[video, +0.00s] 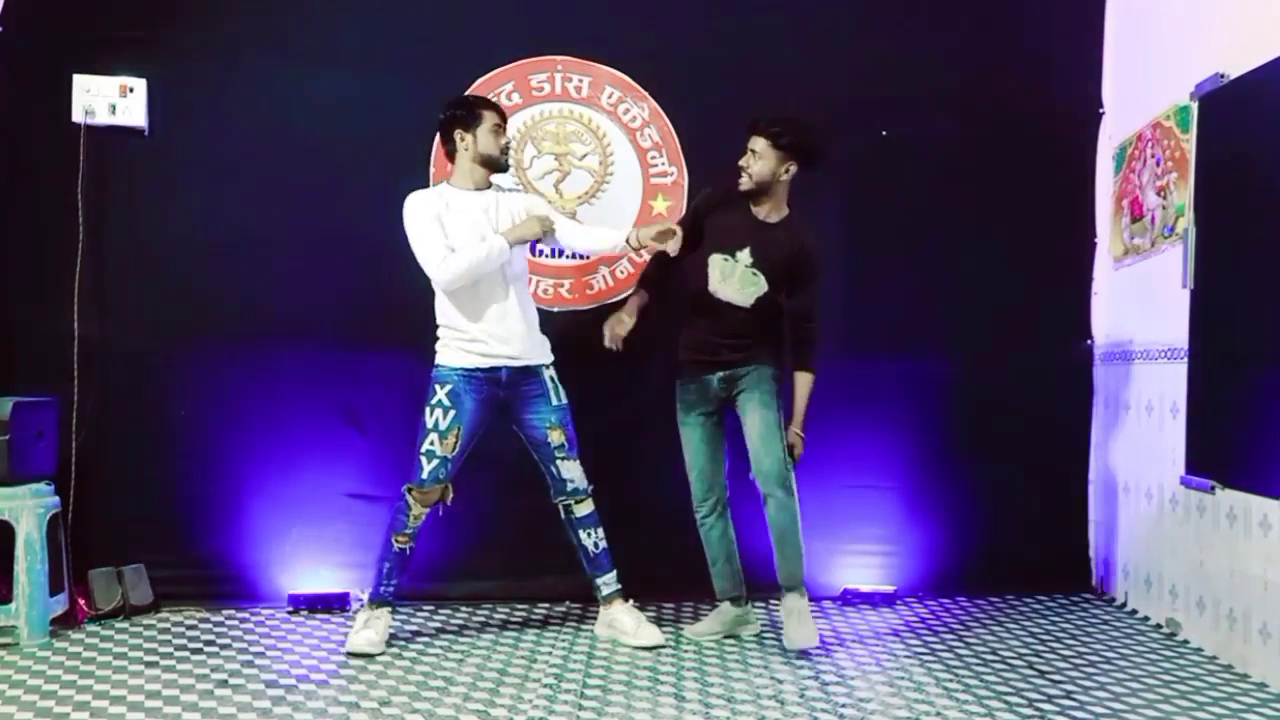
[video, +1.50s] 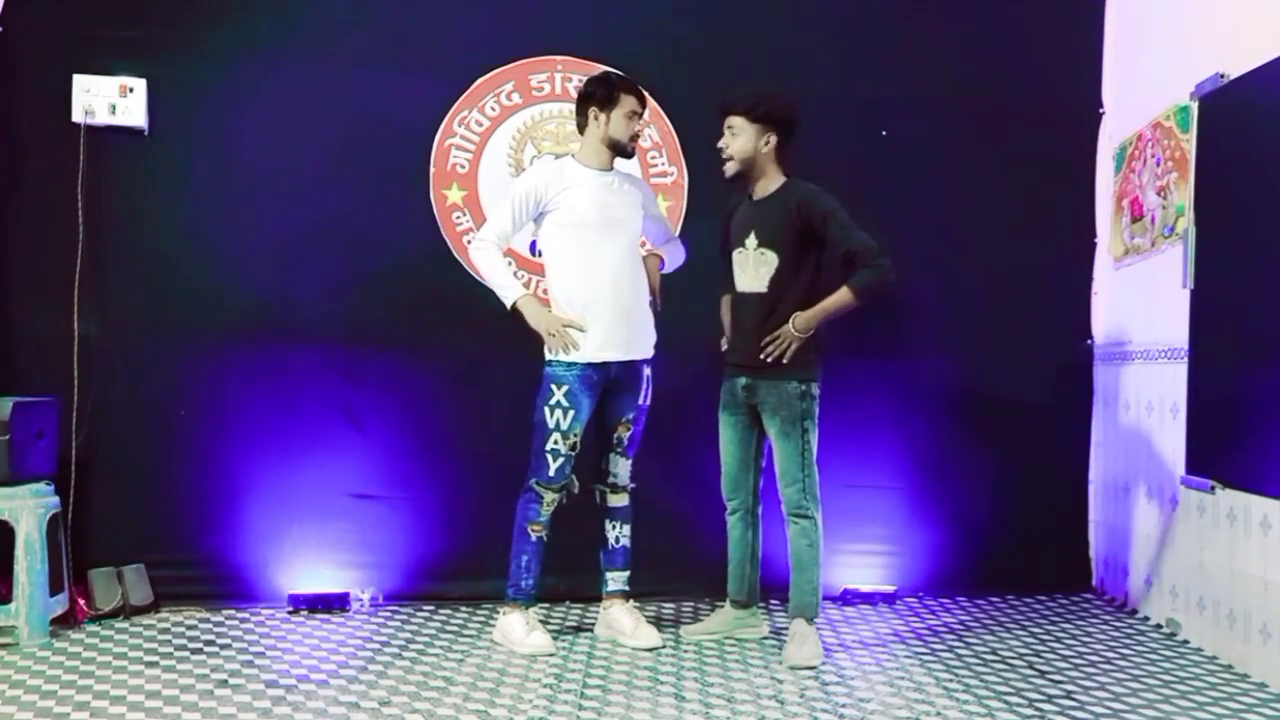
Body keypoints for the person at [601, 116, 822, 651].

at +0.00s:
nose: (742, 162)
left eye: (754, 156)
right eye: (745, 153)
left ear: (786, 168)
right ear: (756, 162)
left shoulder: (796, 246)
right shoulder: (714, 207)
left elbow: (803, 334)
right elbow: (664, 255)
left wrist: (797, 420)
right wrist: (630, 308)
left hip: (755, 370)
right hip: (696, 372)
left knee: (773, 477)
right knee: (706, 497)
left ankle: (794, 598)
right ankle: (733, 603)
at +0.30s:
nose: (739, 145)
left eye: (749, 136)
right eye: (741, 135)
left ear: (783, 144)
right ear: (764, 145)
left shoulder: (821, 222)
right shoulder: (729, 207)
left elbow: (839, 319)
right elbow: (698, 276)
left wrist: (832, 405)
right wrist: (671, 330)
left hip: (786, 378)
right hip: (722, 374)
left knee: (795, 504)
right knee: (715, 501)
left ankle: (802, 622)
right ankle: (735, 607)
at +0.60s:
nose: (732, 144)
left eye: (740, 132)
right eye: (734, 133)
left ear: (771, 137)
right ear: (763, 140)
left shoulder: (822, 211)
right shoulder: (744, 208)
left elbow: (855, 311)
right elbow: (742, 295)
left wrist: (838, 398)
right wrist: (736, 358)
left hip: (794, 379)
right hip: (736, 375)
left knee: (799, 504)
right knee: (730, 498)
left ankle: (802, 623)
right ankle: (739, 608)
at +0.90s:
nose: (726, 142)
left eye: (734, 132)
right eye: (727, 132)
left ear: (765, 139)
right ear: (755, 140)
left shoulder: (812, 206)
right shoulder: (746, 207)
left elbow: (858, 297)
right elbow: (751, 292)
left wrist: (820, 382)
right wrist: (739, 357)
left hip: (786, 381)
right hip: (735, 377)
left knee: (795, 505)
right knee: (733, 498)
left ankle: (802, 622)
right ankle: (741, 609)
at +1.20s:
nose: (718, 144)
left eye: (726, 134)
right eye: (720, 134)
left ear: (756, 140)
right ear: (750, 142)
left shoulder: (805, 200)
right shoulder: (741, 206)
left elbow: (884, 258)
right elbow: (757, 276)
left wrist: (817, 309)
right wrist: (733, 320)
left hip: (783, 377)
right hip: (735, 374)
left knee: (793, 504)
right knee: (732, 499)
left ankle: (802, 623)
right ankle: (741, 609)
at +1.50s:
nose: (721, 143)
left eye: (732, 133)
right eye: (723, 134)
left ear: (768, 141)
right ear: (746, 145)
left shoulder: (808, 202)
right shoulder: (736, 213)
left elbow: (874, 269)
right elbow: (731, 282)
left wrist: (809, 318)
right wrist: (729, 319)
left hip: (788, 379)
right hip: (737, 378)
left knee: (798, 503)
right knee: (737, 499)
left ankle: (802, 623)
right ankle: (742, 610)